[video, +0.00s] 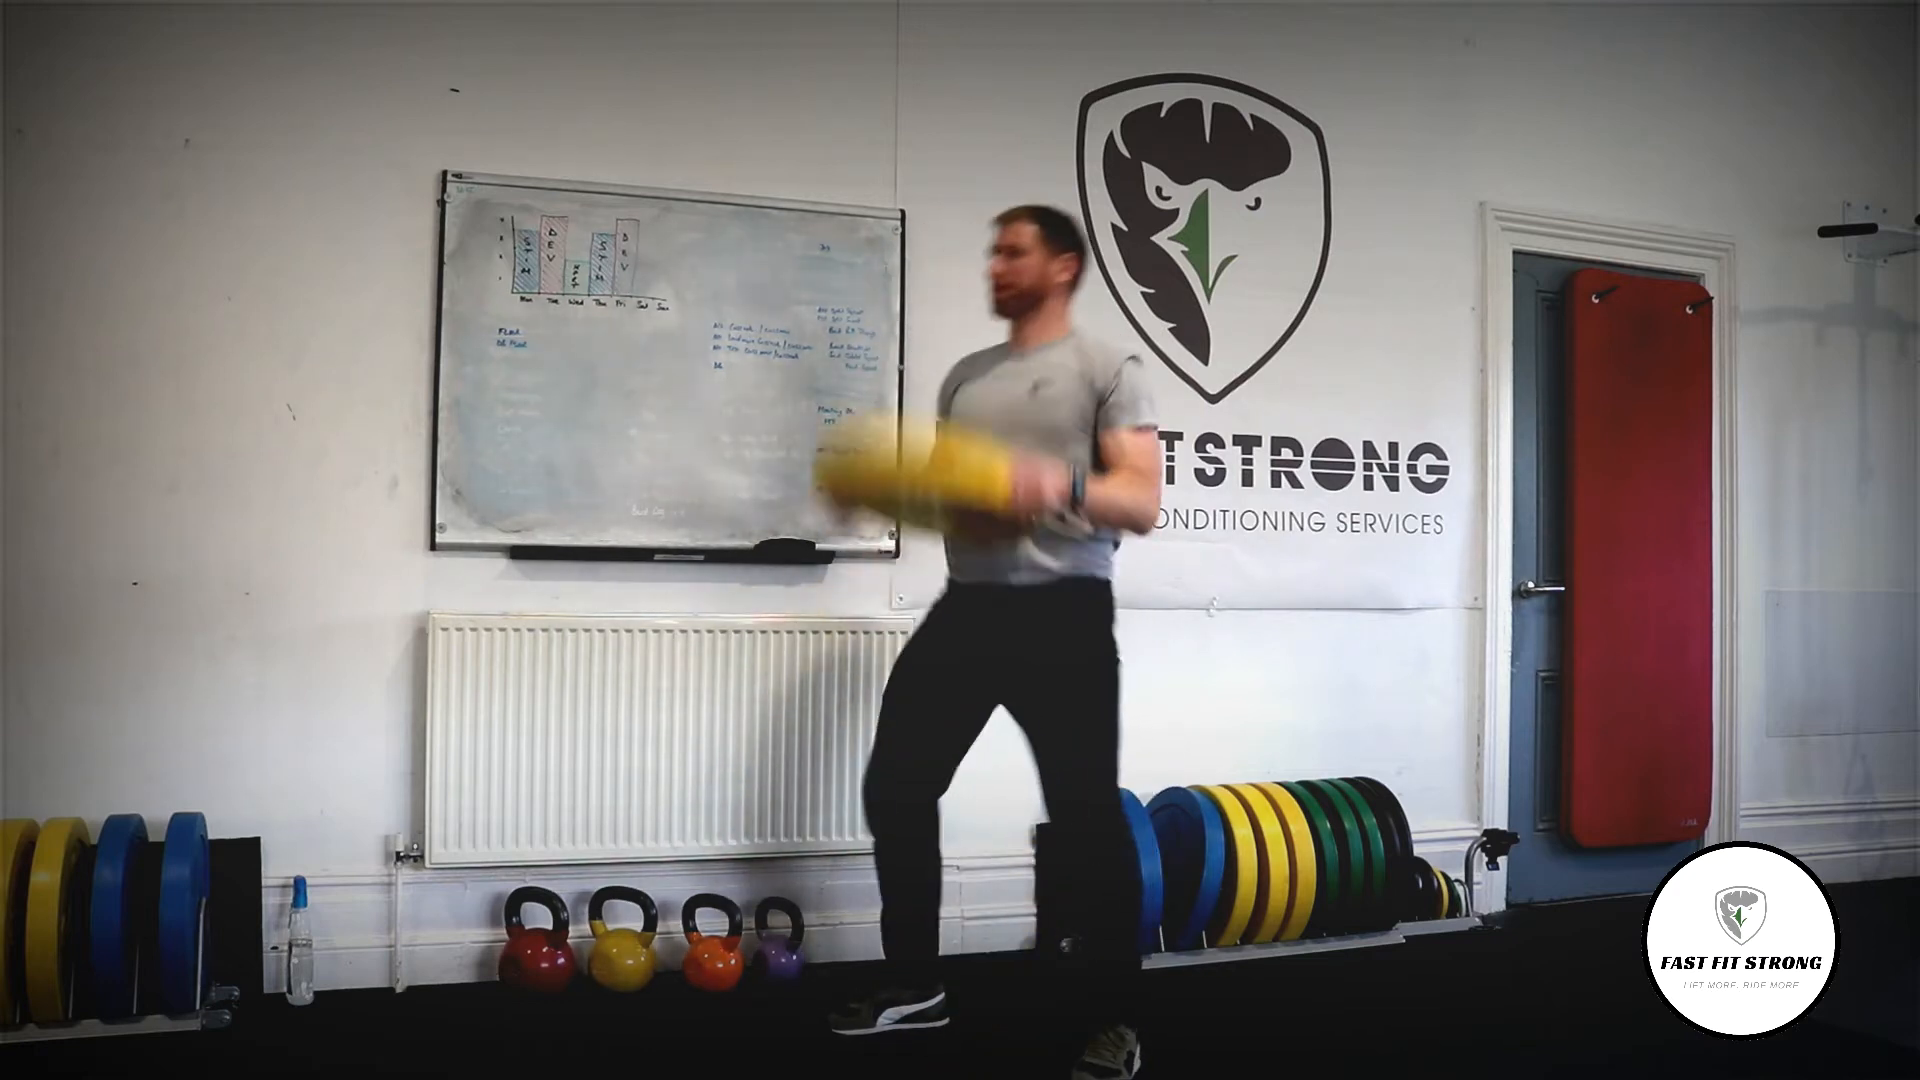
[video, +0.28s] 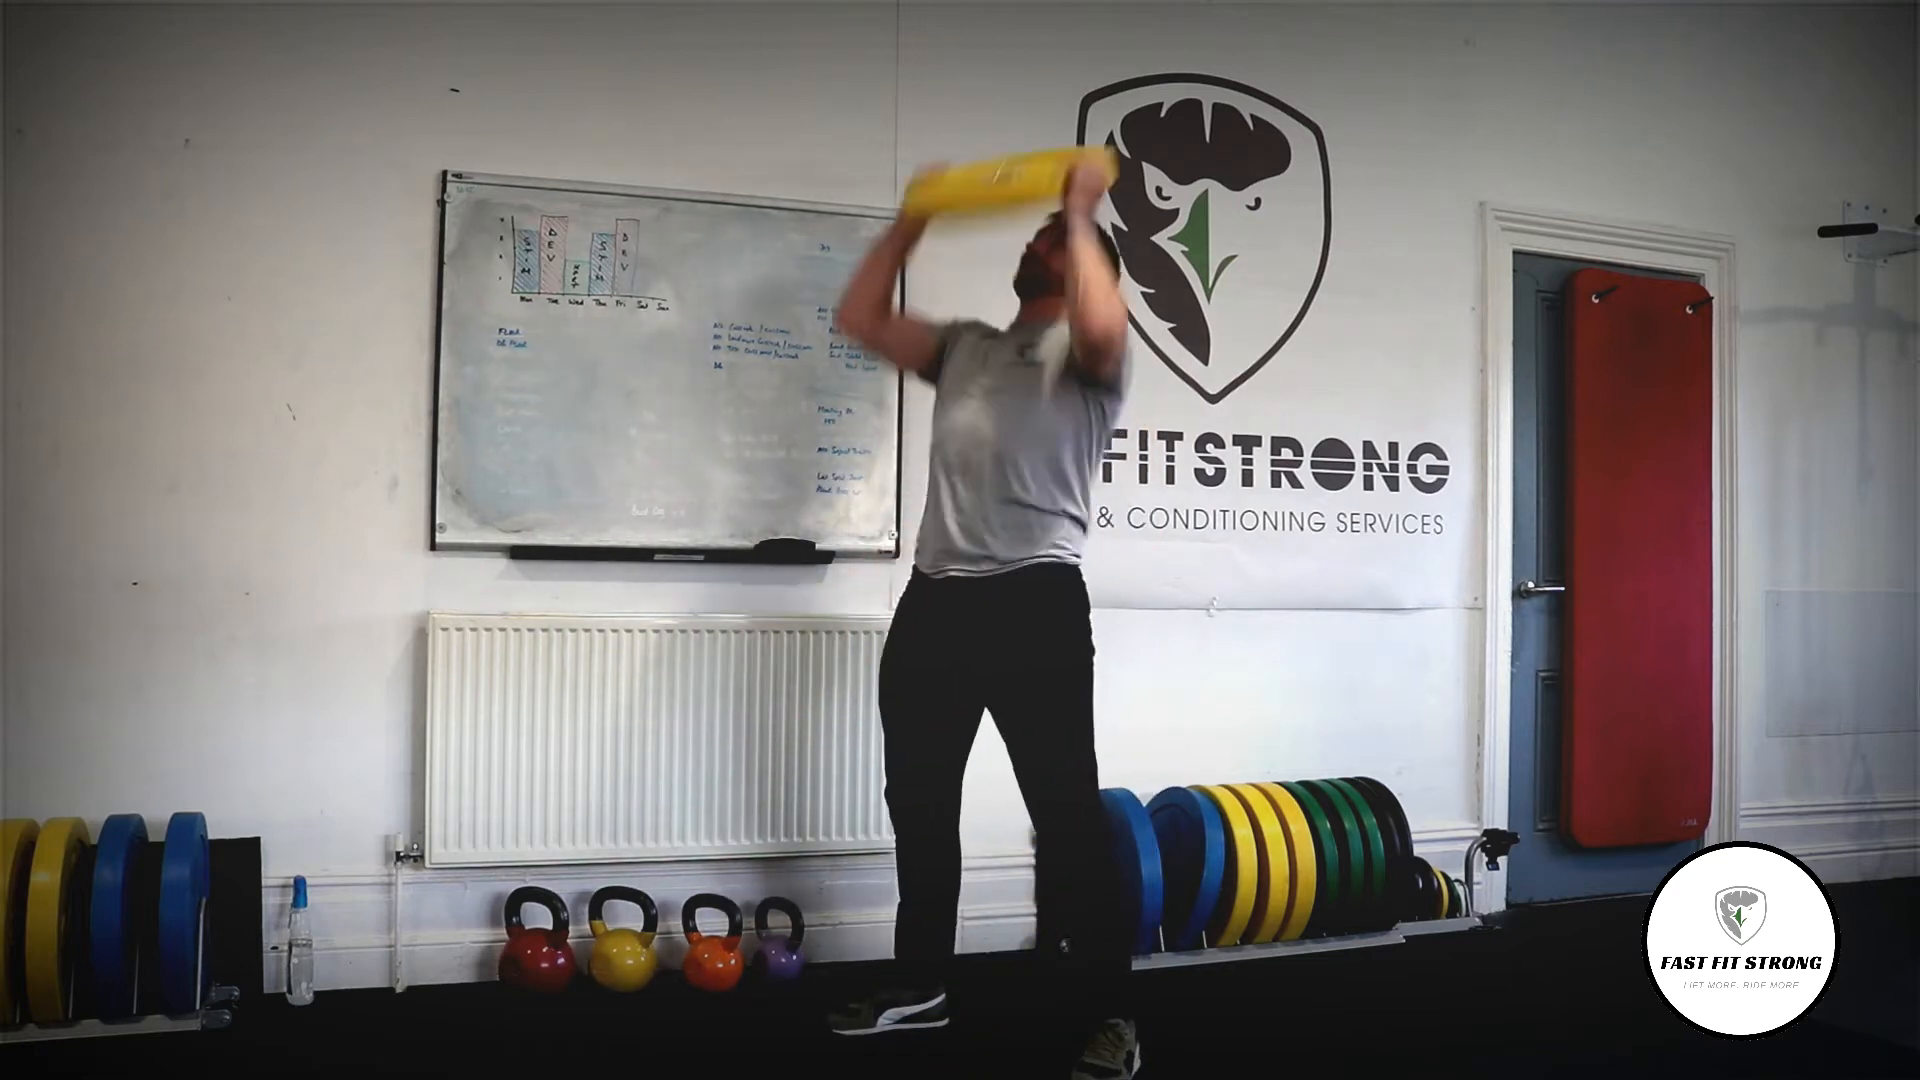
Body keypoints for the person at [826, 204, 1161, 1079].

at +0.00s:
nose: (996, 266)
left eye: (1014, 252)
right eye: (994, 254)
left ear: (1065, 267)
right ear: (997, 269)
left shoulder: (1108, 368)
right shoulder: (965, 379)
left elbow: (1142, 502)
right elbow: (952, 503)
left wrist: (1060, 492)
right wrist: (877, 489)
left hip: (1066, 616)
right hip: (968, 613)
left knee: (1085, 811)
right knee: (897, 788)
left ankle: (1108, 1018)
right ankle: (916, 989)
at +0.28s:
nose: (1044, 246)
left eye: (1064, 243)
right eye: (1043, 238)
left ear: (1088, 277)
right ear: (1024, 268)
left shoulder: (1095, 359)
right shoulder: (962, 345)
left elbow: (1097, 325)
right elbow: (860, 316)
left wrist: (1082, 215)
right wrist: (911, 220)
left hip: (1036, 602)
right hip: (933, 605)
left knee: (1066, 812)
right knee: (921, 811)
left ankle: (1102, 1016)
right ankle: (921, 992)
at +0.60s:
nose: (1000, 205)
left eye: (1019, 201)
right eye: (992, 200)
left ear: (1049, 239)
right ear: (975, 229)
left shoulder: (1065, 311)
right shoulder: (948, 307)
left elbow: (1099, 170)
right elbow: (957, 186)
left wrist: (1136, 59)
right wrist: (979, 79)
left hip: (1026, 593)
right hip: (926, 593)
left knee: (1062, 810)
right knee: (923, 808)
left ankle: (1097, 1014)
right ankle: (922, 993)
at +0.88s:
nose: (1017, 211)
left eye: (1035, 207)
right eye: (1007, 206)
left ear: (1062, 243)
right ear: (990, 235)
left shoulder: (1076, 312)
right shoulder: (957, 302)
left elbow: (1110, 171)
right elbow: (964, 179)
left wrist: (1149, 65)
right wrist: (987, 79)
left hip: (1029, 594)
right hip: (929, 593)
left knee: (1062, 807)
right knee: (921, 807)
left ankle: (1099, 1013)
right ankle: (922, 991)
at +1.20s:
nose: (1064, 240)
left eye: (1081, 238)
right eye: (1064, 238)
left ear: (1101, 272)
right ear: (1050, 269)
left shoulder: (1102, 343)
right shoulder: (977, 331)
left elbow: (1153, 240)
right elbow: (898, 245)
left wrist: (1137, 128)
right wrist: (955, 143)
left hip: (1047, 595)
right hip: (947, 594)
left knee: (1069, 804)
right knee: (921, 797)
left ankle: (1102, 1013)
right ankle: (922, 989)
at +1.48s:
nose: (1080, 270)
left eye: (1102, 266)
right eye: (1078, 261)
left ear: (1126, 300)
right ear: (1052, 276)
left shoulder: (1117, 371)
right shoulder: (992, 363)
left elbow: (1148, 441)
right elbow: (900, 437)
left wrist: (1105, 326)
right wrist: (918, 333)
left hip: (1053, 594)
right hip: (953, 596)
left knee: (1074, 805)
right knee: (923, 800)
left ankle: (1105, 1010)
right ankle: (923, 989)